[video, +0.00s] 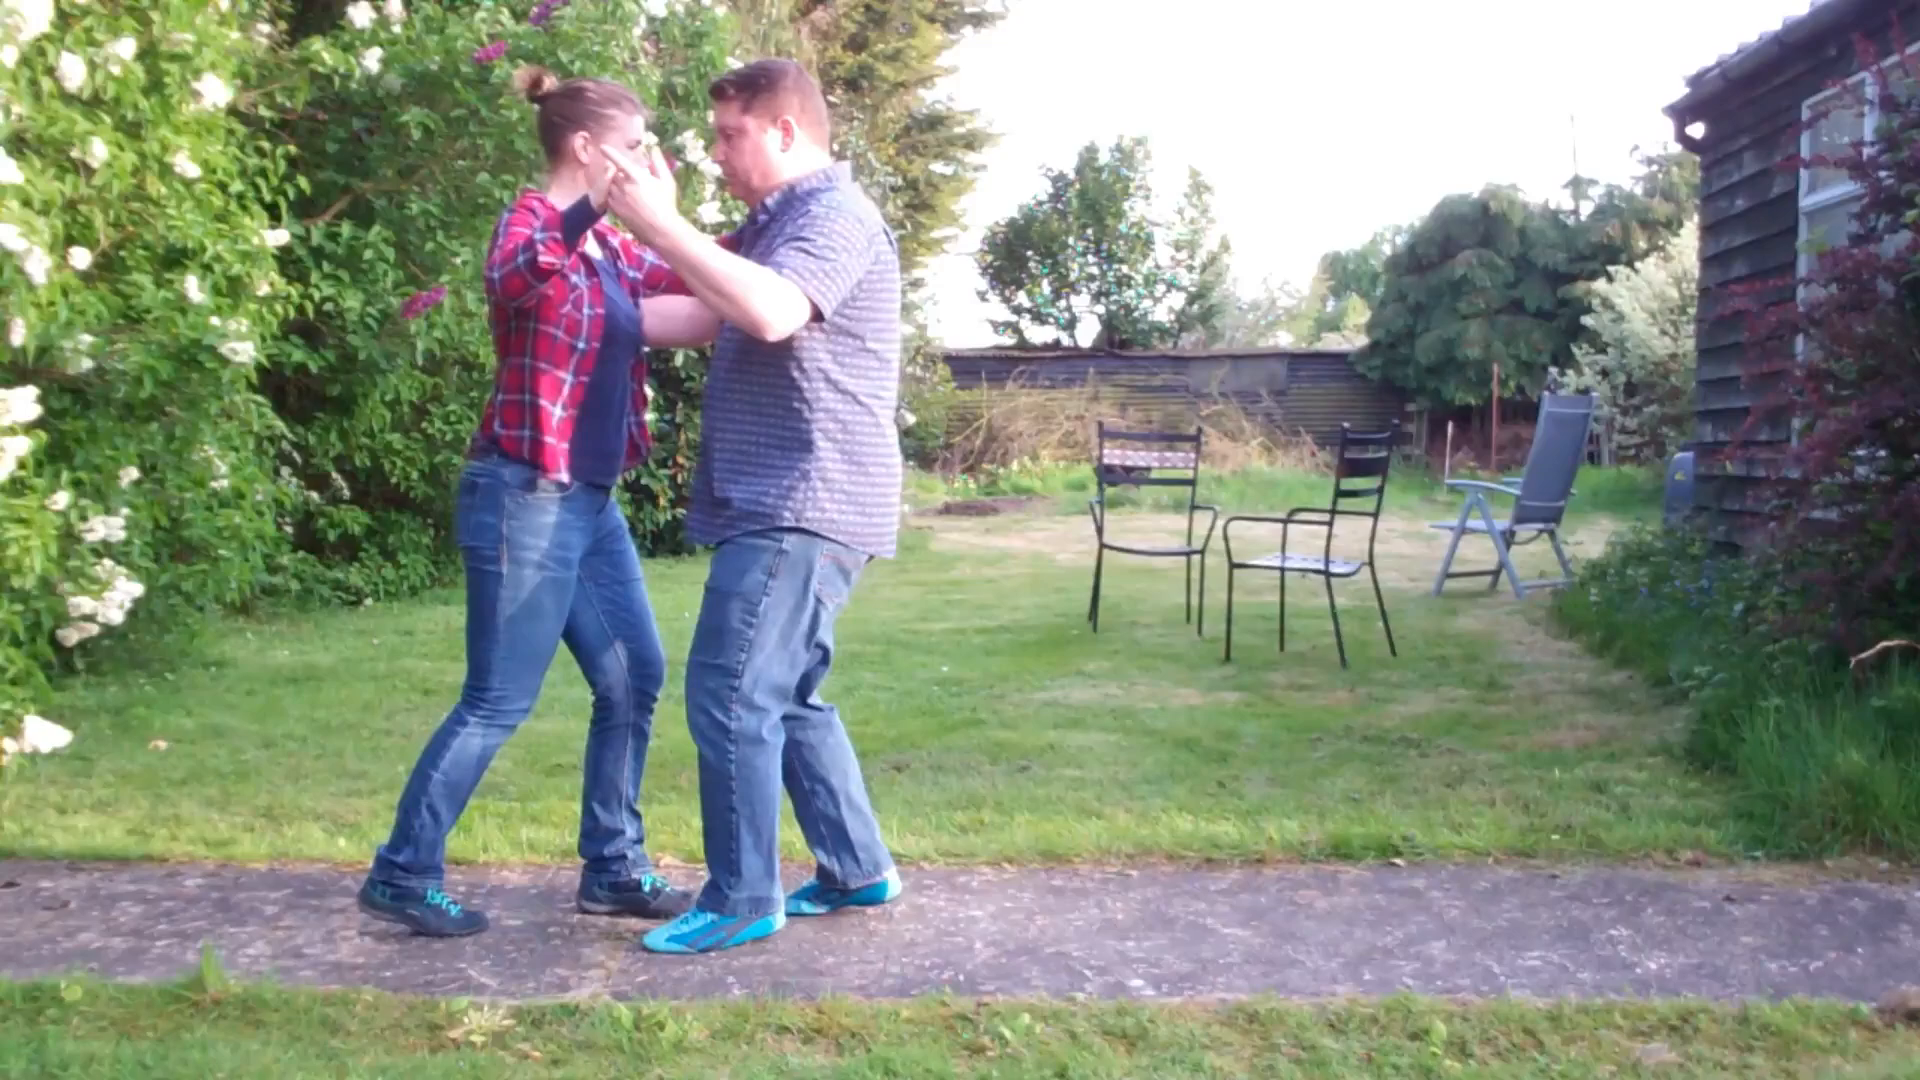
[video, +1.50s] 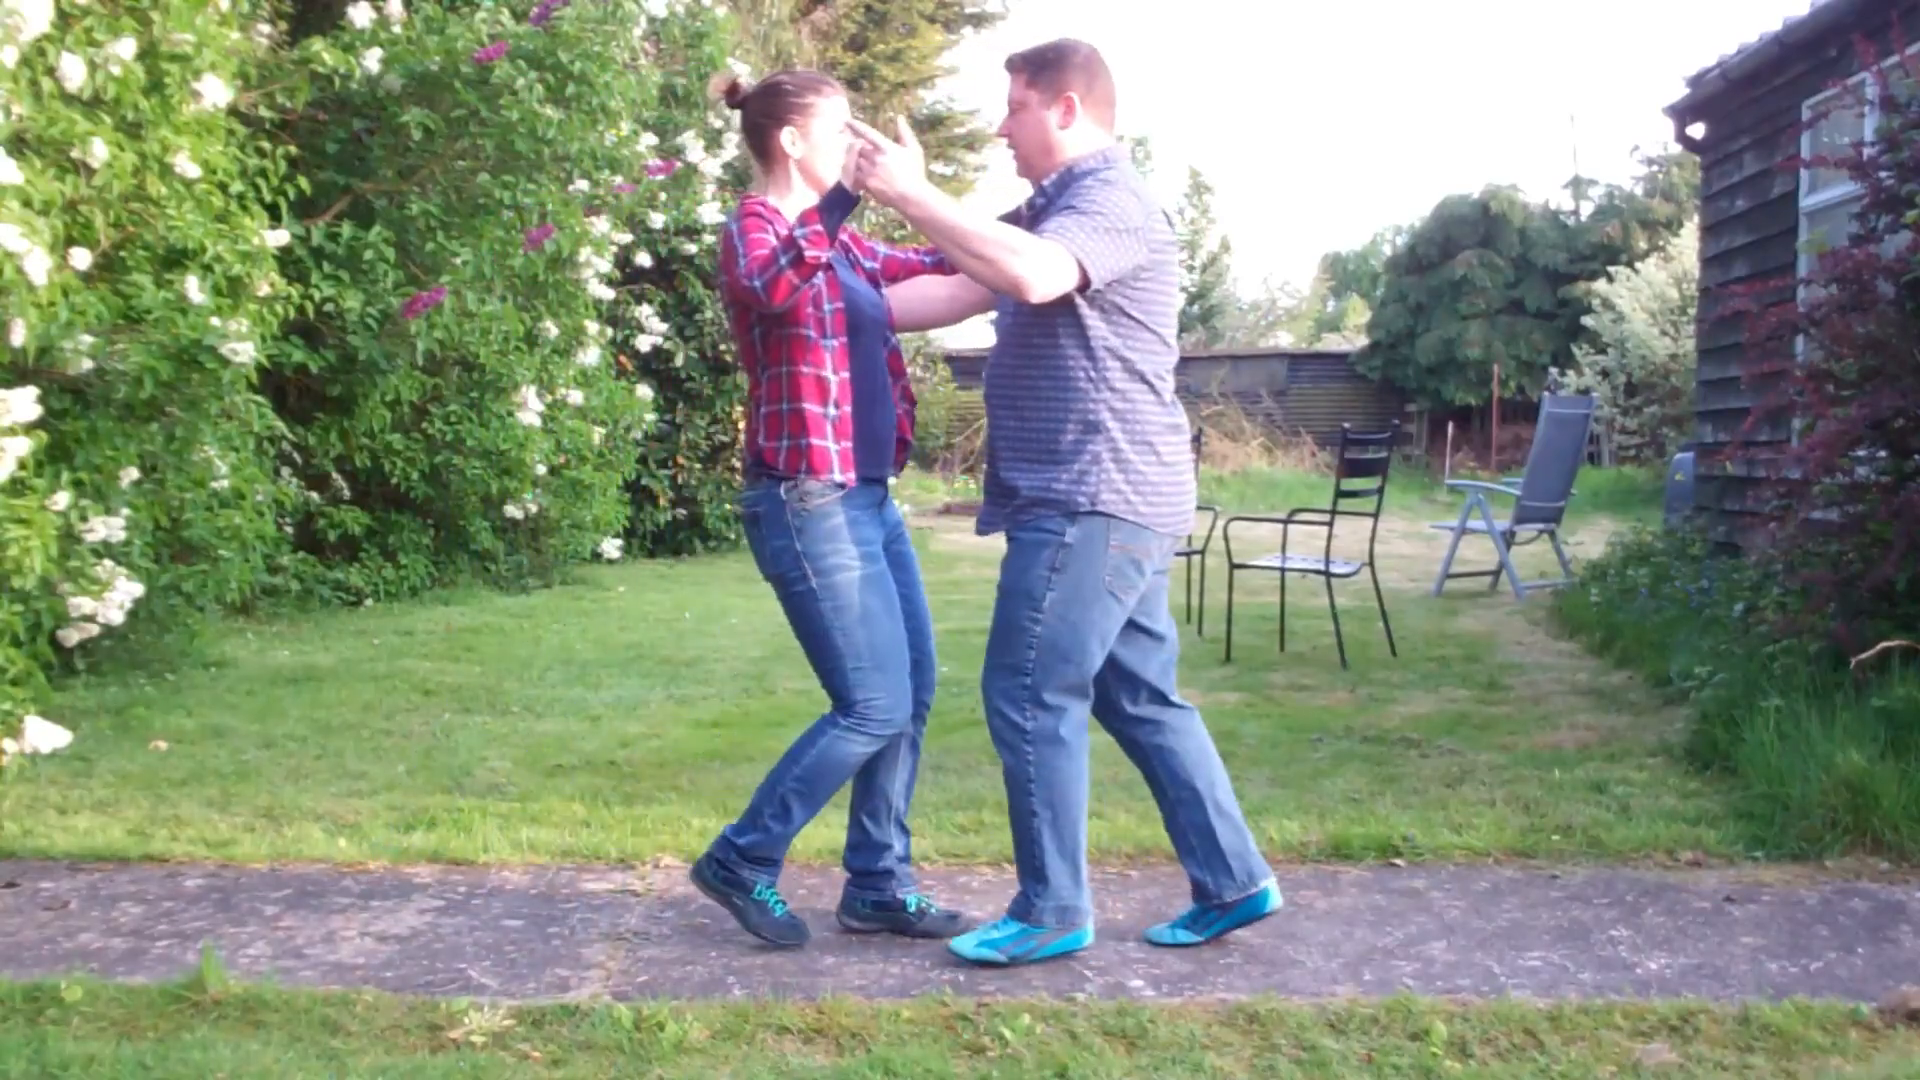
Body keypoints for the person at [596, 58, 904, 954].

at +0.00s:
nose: (717, 157)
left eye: (728, 137)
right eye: (715, 139)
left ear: (782, 129)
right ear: (781, 132)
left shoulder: (834, 214)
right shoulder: (776, 225)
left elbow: (774, 310)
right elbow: (702, 315)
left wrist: (661, 223)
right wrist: (586, 308)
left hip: (808, 506)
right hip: (776, 506)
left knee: (729, 693)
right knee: (788, 693)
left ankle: (741, 900)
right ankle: (856, 868)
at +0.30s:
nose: (724, 139)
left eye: (740, 122)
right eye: (725, 123)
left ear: (797, 123)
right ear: (786, 126)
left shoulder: (845, 210)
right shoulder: (778, 223)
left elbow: (776, 299)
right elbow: (700, 307)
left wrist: (665, 212)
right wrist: (584, 310)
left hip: (832, 497)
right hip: (786, 498)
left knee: (760, 693)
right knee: (793, 687)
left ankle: (746, 898)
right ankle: (874, 860)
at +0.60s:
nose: (793, 131)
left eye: (810, 114)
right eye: (795, 115)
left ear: (869, 119)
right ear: (851, 122)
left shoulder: (909, 208)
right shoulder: (844, 220)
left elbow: (842, 288)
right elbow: (749, 296)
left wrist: (723, 202)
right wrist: (624, 304)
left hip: (908, 496)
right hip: (865, 497)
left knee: (832, 680)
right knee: (854, 686)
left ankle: (928, 873)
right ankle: (879, 878)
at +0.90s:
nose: (884, 127)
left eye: (899, 109)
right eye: (884, 111)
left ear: (954, 112)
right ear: (944, 116)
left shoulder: (997, 195)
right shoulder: (940, 211)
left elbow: (918, 269)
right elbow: (839, 292)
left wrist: (794, 186)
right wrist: (708, 296)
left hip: (1001, 499)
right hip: (955, 502)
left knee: (997, 706)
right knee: (928, 695)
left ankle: (1070, 912)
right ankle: (904, 885)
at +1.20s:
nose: (968, 123)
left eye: (982, 107)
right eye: (971, 107)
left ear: (1034, 109)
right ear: (1034, 111)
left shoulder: (1081, 197)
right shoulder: (1018, 212)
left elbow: (1005, 267)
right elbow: (916, 286)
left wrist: (881, 188)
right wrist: (782, 310)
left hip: (1065, 493)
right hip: (1017, 496)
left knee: (1044, 699)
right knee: (1031, 692)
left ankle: (1074, 919)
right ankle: (1167, 841)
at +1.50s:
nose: (1003, 130)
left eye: (1013, 110)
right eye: (1005, 112)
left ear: (1066, 108)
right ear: (1073, 109)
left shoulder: (1114, 198)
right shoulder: (1060, 211)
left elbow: (1036, 273)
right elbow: (956, 287)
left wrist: (914, 194)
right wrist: (823, 308)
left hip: (1097, 495)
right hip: (1111, 495)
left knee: (1029, 695)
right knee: (1140, 697)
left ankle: (1055, 912)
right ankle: (1234, 881)